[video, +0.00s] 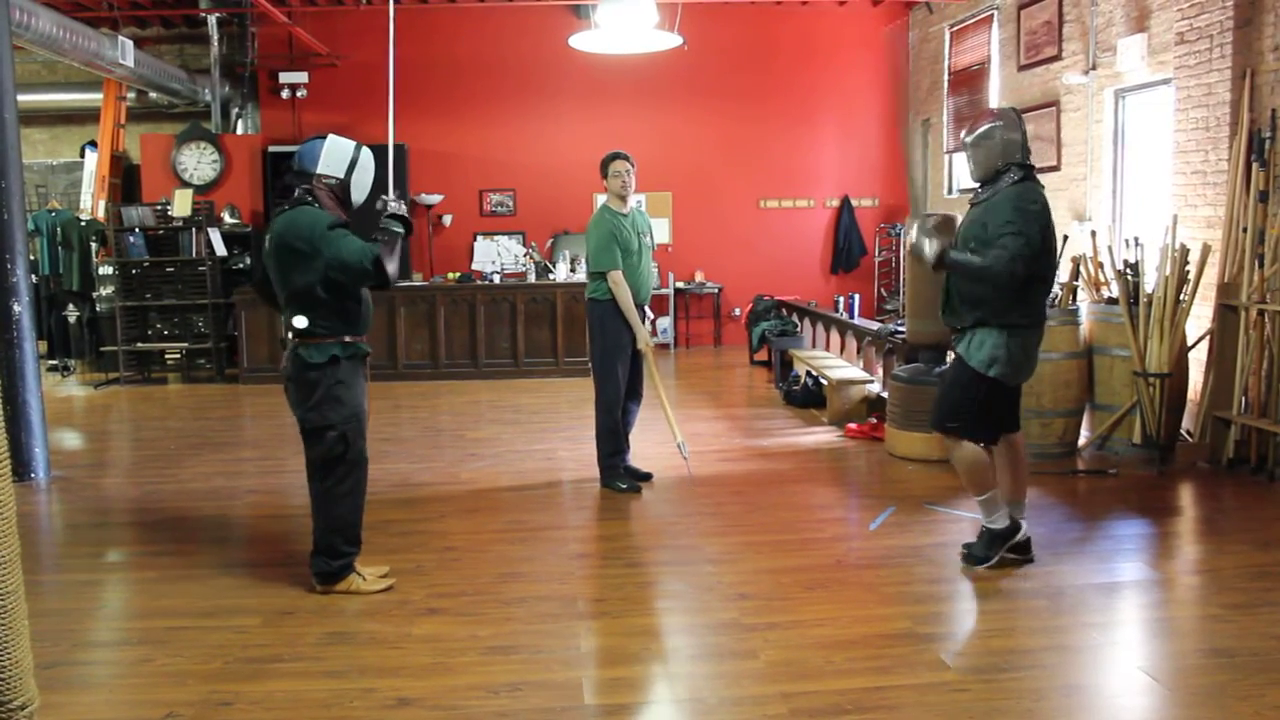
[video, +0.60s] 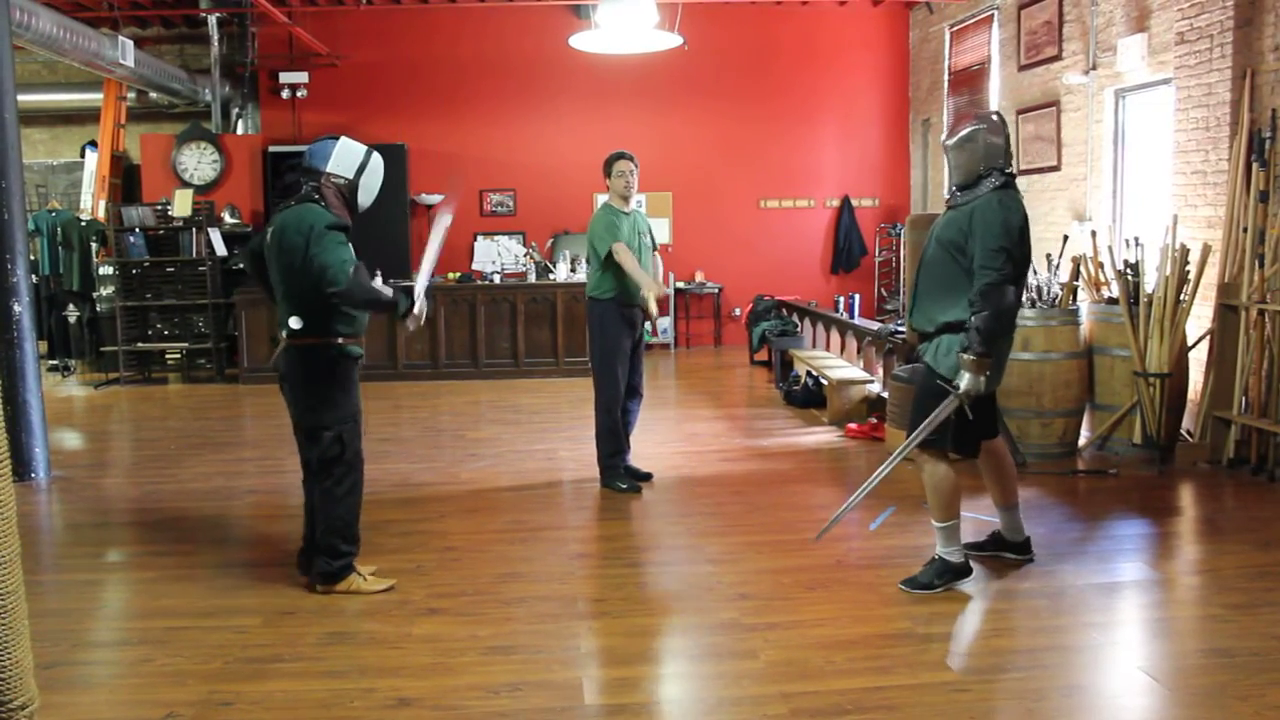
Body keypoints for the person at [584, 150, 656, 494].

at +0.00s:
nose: (625, 179)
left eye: (629, 173)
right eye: (617, 175)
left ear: (635, 179)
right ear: (605, 182)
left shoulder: (640, 217)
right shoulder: (603, 222)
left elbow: (644, 264)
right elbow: (615, 280)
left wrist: (645, 306)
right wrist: (638, 328)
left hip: (634, 307)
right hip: (608, 309)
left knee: (632, 390)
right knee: (611, 391)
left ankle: (620, 460)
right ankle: (610, 470)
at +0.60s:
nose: (628, 179)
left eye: (632, 174)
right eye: (621, 174)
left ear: (638, 179)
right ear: (608, 181)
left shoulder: (640, 219)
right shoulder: (605, 217)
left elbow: (652, 258)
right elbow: (621, 255)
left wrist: (652, 296)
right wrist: (648, 285)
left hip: (633, 308)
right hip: (607, 308)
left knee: (632, 389)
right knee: (611, 389)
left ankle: (620, 460)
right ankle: (610, 469)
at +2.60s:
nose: (601, 180)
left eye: (605, 175)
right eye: (594, 175)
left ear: (609, 181)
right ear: (579, 180)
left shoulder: (605, 220)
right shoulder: (574, 213)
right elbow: (598, 231)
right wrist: (620, 246)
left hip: (609, 314)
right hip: (584, 314)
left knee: (610, 395)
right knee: (584, 396)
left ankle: (606, 467)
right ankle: (580, 480)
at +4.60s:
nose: (599, 181)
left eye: (603, 175)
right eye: (591, 175)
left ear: (608, 181)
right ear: (576, 180)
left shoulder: (604, 220)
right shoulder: (573, 213)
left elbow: (620, 250)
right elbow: (592, 231)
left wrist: (625, 251)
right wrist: (614, 246)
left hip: (609, 314)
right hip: (584, 314)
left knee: (612, 394)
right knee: (586, 396)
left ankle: (608, 466)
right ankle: (582, 479)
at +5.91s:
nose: (597, 187)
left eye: (601, 181)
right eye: (589, 181)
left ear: (605, 187)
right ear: (574, 187)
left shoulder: (604, 226)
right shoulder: (570, 221)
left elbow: (614, 256)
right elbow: (590, 237)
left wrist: (622, 257)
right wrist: (613, 253)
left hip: (611, 320)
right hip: (585, 322)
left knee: (621, 398)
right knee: (596, 400)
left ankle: (609, 469)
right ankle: (586, 482)